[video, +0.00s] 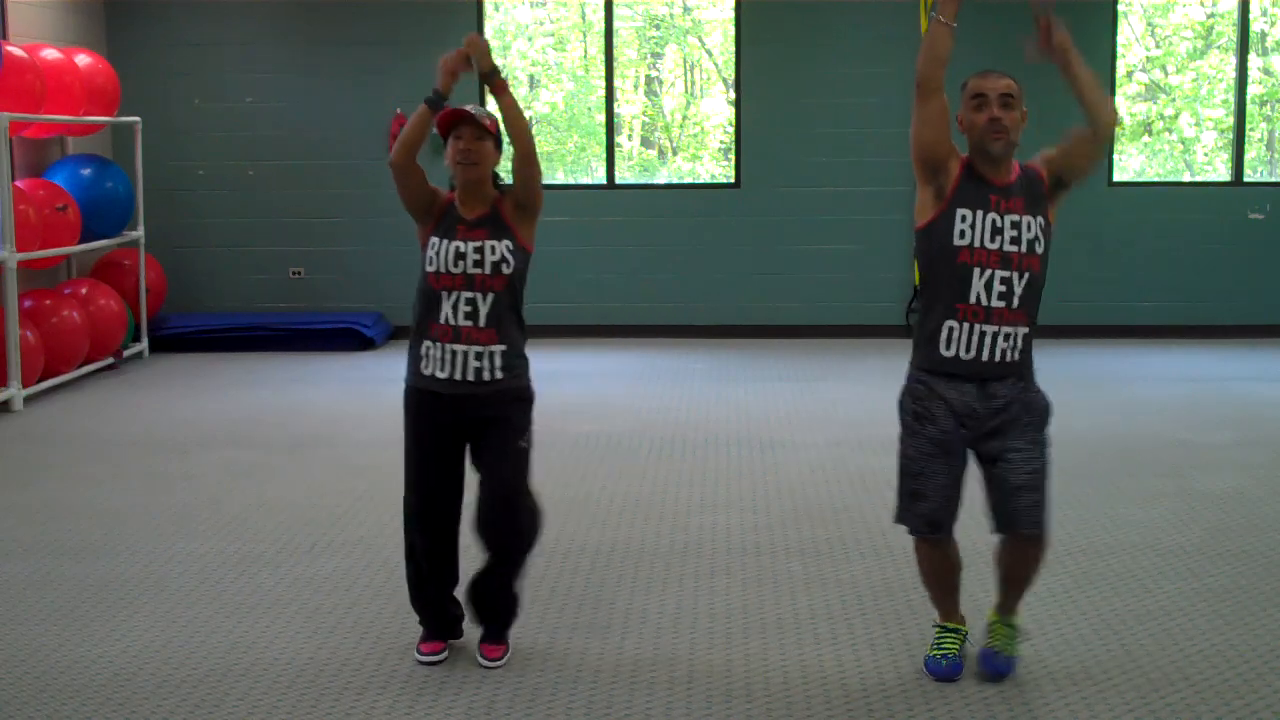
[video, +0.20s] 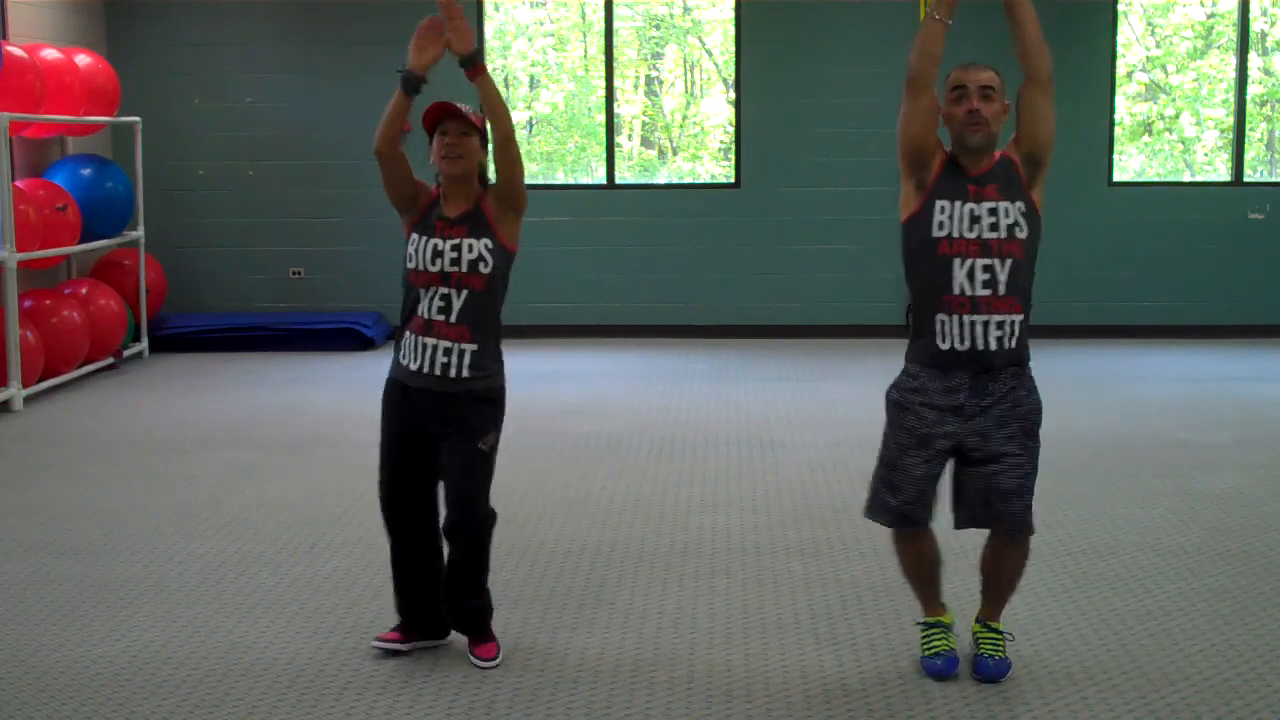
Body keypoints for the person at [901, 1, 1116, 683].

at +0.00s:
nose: (993, 112)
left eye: (1006, 102)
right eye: (979, 102)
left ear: (1023, 118)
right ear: (960, 121)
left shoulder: (1043, 183)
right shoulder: (941, 177)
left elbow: (1102, 126)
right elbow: (926, 85)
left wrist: (1065, 51)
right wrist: (944, 11)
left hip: (1012, 395)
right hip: (935, 393)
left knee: (1026, 528)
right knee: (928, 524)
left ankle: (1006, 619)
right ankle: (950, 624)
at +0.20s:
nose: (973, 104)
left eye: (986, 93)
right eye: (959, 94)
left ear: (1005, 111)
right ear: (941, 112)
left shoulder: (1024, 172)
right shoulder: (924, 174)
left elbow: (1040, 74)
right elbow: (916, 86)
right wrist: (936, 10)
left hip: (1006, 388)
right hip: (927, 386)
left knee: (1015, 522)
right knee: (905, 515)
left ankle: (989, 626)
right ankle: (935, 620)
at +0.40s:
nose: (926, 123)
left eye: (942, 113)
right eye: (922, 114)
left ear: (981, 127)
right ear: (919, 126)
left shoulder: (1009, 181)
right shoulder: (902, 182)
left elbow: (1035, 90)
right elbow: (849, 109)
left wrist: (1008, 4)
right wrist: (843, 24)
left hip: (993, 400)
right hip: (915, 399)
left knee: (1008, 531)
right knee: (897, 521)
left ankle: (985, 630)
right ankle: (904, 612)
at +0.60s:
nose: (888, 119)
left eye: (903, 110)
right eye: (888, 110)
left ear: (946, 122)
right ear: (894, 121)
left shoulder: (984, 180)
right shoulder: (866, 180)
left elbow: (1019, 85)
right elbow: (775, 175)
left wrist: (1005, 4)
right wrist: (688, 186)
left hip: (960, 398)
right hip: (879, 394)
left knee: (990, 529)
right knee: (815, 511)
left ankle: (982, 628)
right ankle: (750, 612)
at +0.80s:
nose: (860, 121)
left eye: (876, 112)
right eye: (862, 112)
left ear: (917, 126)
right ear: (871, 124)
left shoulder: (955, 182)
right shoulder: (837, 190)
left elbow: (1000, 94)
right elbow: (759, 236)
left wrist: (989, 6)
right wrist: (734, 314)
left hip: (931, 395)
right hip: (848, 396)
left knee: (988, 517)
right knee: (792, 511)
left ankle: (988, 618)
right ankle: (746, 621)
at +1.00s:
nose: (886, 139)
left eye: (901, 128)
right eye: (882, 128)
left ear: (939, 138)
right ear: (876, 137)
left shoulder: (971, 194)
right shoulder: (857, 213)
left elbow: (1015, 107)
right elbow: (824, 312)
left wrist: (1000, 13)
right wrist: (842, 283)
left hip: (945, 409)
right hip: (865, 408)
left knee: (990, 534)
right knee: (800, 519)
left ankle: (991, 630)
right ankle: (748, 623)